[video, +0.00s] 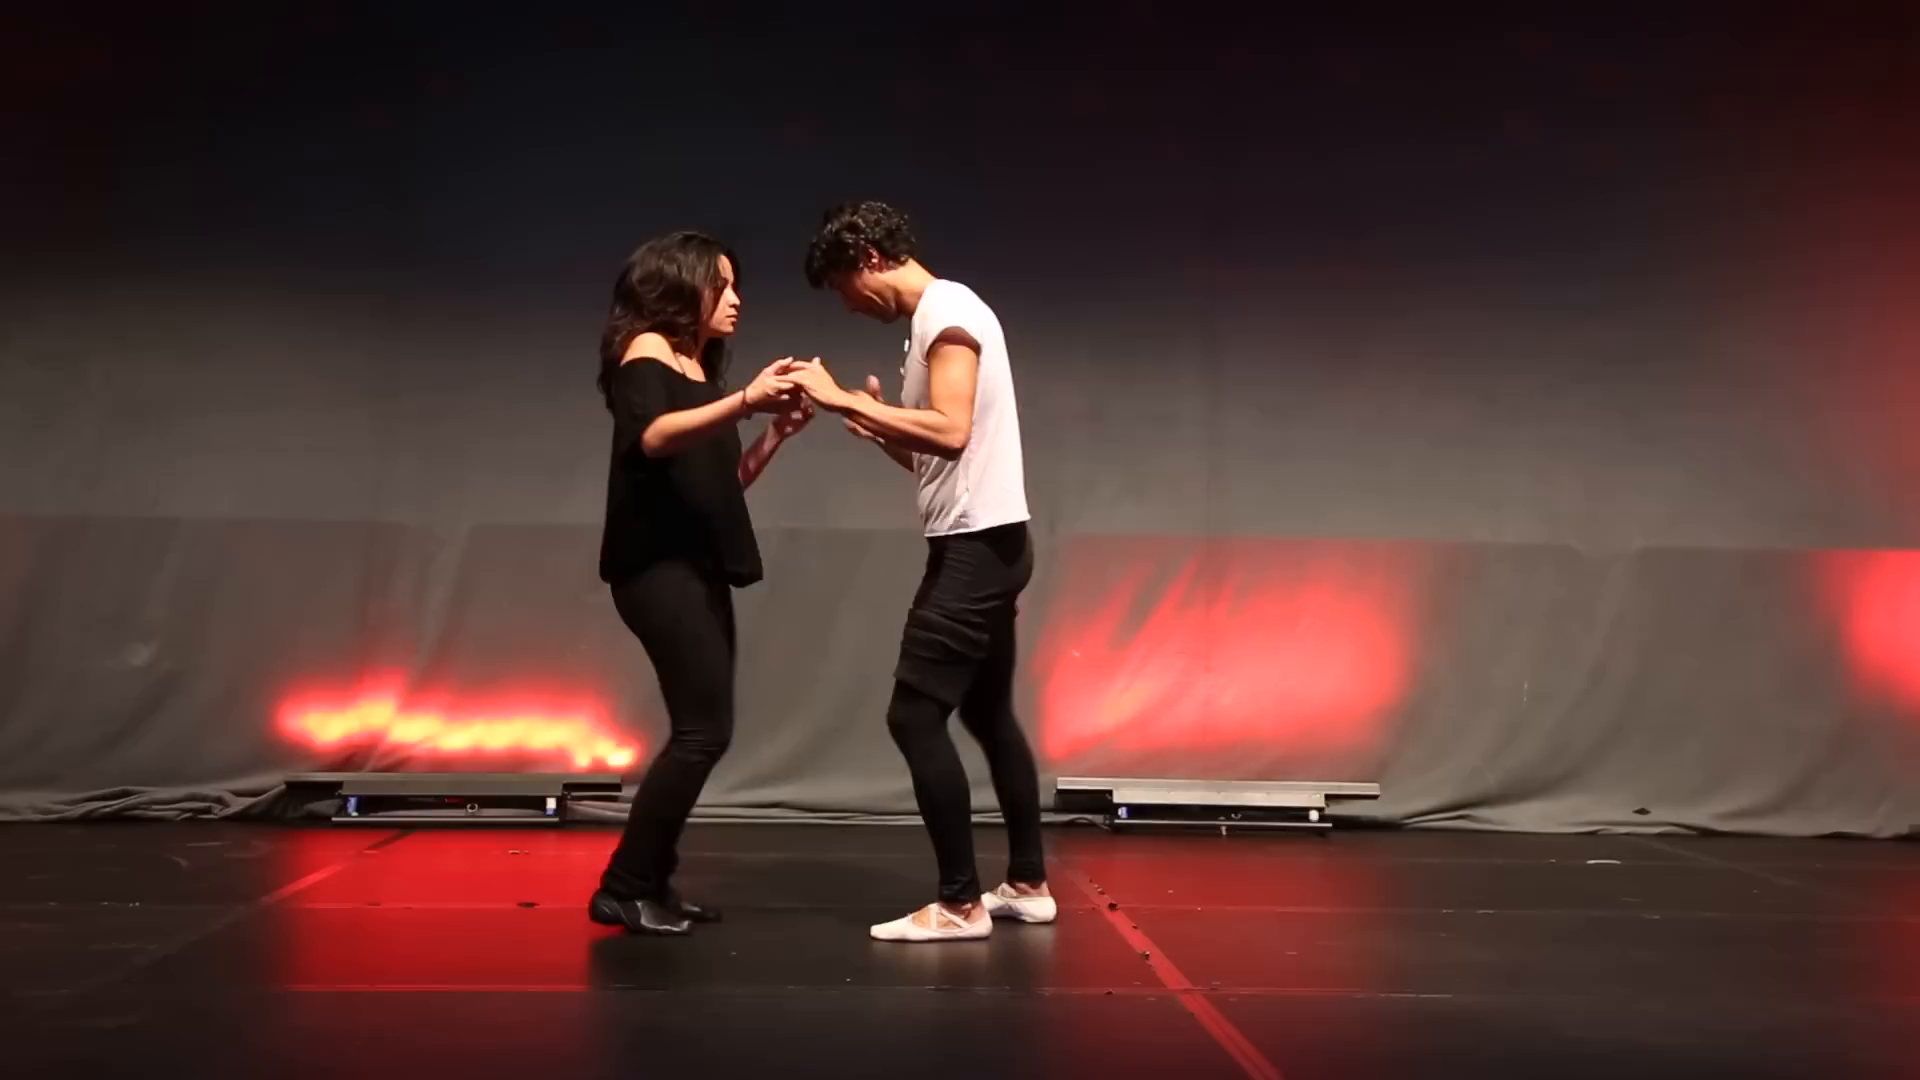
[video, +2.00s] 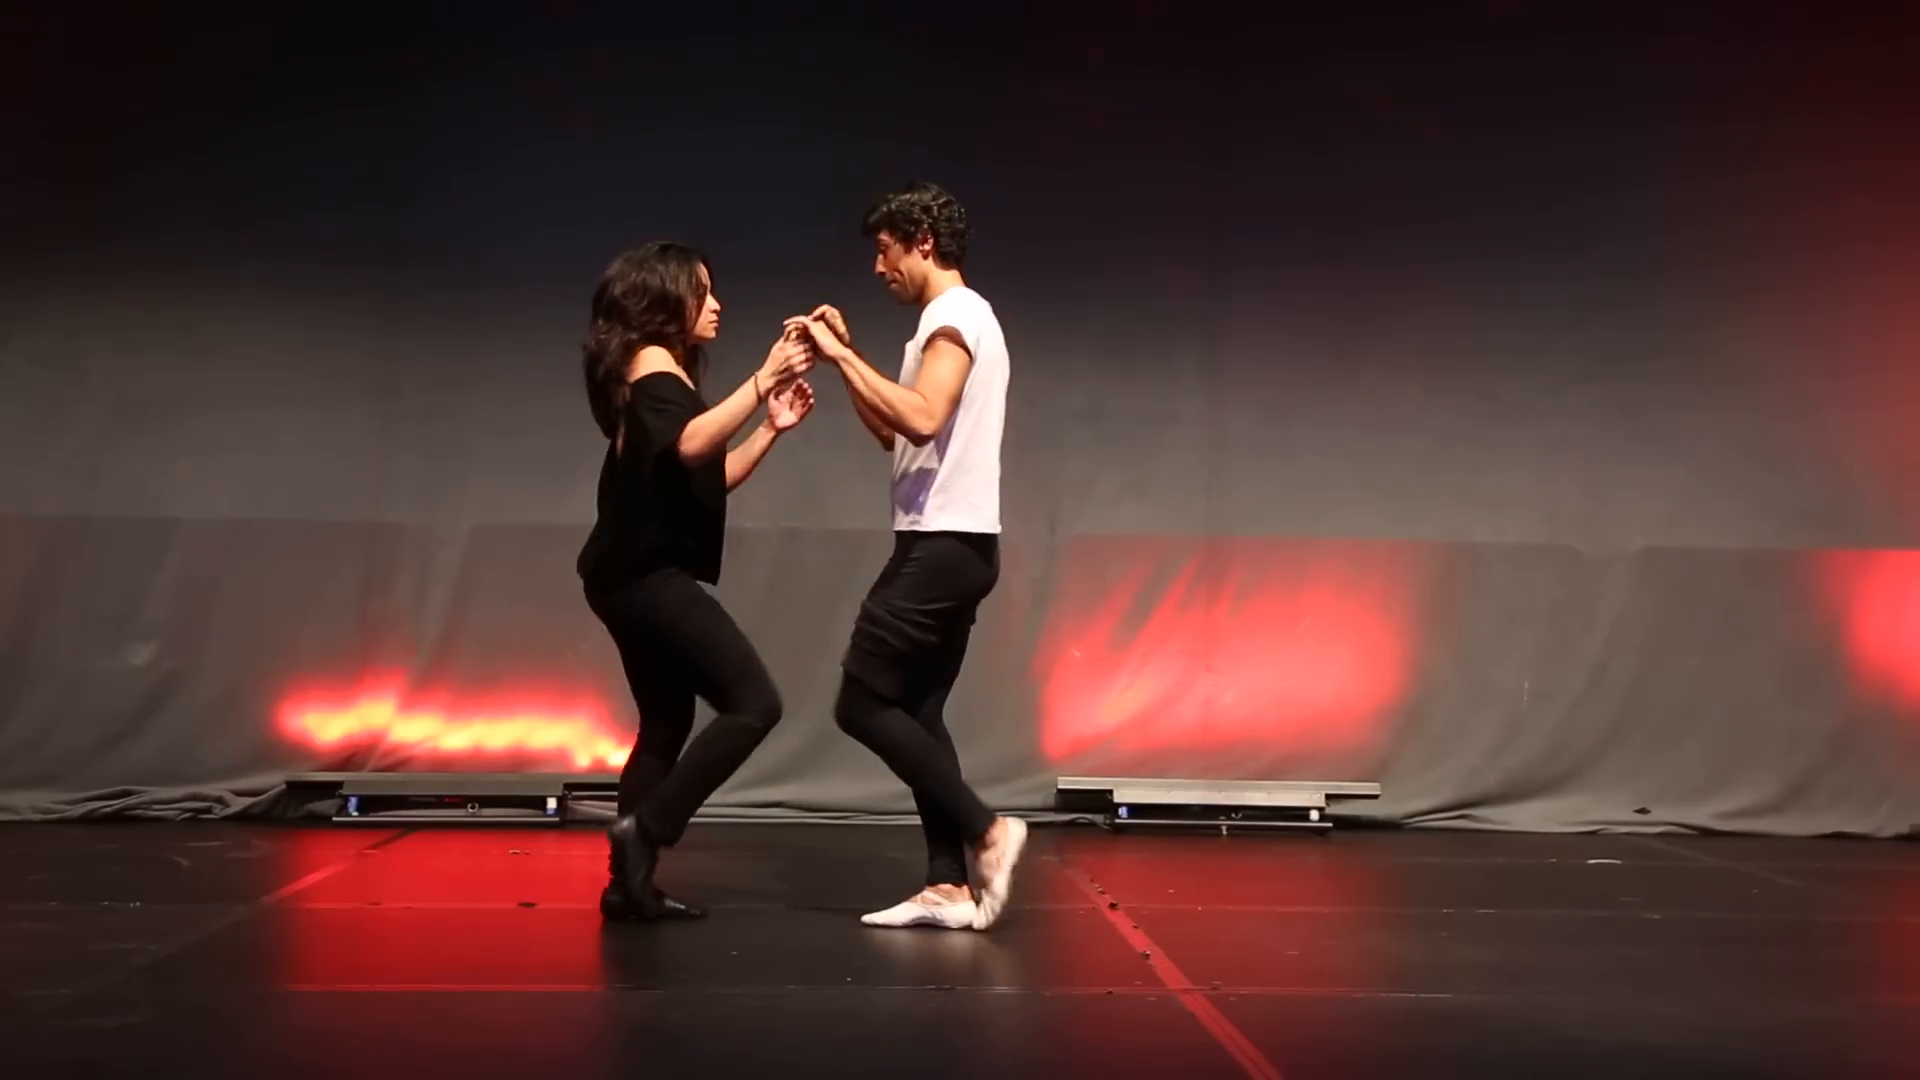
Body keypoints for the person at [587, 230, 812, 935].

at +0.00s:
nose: (734, 299)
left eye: (733, 286)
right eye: (722, 287)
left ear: (702, 295)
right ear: (684, 290)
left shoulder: (695, 366)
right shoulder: (649, 348)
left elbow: (722, 485)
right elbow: (653, 434)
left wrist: (774, 434)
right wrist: (745, 398)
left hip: (697, 568)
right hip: (659, 569)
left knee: (705, 731)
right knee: (700, 731)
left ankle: (650, 885)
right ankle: (622, 891)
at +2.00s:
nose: (716, 304)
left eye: (711, 291)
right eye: (702, 292)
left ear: (668, 303)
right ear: (666, 301)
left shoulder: (663, 370)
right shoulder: (653, 362)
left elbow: (709, 479)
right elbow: (691, 441)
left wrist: (771, 426)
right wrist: (765, 372)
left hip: (633, 574)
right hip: (647, 575)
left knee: (664, 725)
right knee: (755, 705)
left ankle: (629, 887)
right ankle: (646, 831)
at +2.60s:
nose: (713, 304)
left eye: (710, 291)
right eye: (700, 293)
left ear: (644, 305)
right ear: (664, 303)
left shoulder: (625, 371)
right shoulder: (688, 367)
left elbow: (738, 381)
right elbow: (797, 377)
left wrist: (780, 318)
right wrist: (809, 297)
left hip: (607, 574)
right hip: (669, 569)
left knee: (699, 712)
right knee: (657, 733)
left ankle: (711, 874)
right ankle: (581, 886)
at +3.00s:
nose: (697, 276)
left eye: (715, 273)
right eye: (690, 260)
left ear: (738, 297)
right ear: (666, 278)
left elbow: (708, 300)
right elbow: (612, 266)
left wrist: (715, 216)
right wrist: (688, 202)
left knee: (721, 727)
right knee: (612, 726)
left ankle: (726, 871)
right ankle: (672, 879)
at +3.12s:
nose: (658, 264)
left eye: (673, 259)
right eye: (662, 256)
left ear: (702, 278)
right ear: (689, 277)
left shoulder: (693, 340)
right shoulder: (679, 332)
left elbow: (610, 283)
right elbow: (630, 270)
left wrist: (671, 230)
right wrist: (680, 205)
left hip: (683, 556)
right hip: (653, 553)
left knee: (639, 720)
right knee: (630, 722)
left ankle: (754, 838)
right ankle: (680, 881)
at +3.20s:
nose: (643, 279)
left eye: (655, 271)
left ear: (670, 276)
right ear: (738, 280)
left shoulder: (652, 342)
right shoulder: (733, 347)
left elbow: (608, 286)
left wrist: (686, 250)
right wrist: (712, 223)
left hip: (655, 542)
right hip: (713, 544)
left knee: (595, 714)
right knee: (659, 719)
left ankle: (714, 821)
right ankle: (675, 890)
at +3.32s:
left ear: (644, 288)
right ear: (729, 292)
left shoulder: (616, 359)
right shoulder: (742, 369)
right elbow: (788, 434)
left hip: (628, 547)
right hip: (710, 552)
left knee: (623, 706)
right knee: (674, 730)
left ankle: (607, 814)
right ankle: (635, 899)